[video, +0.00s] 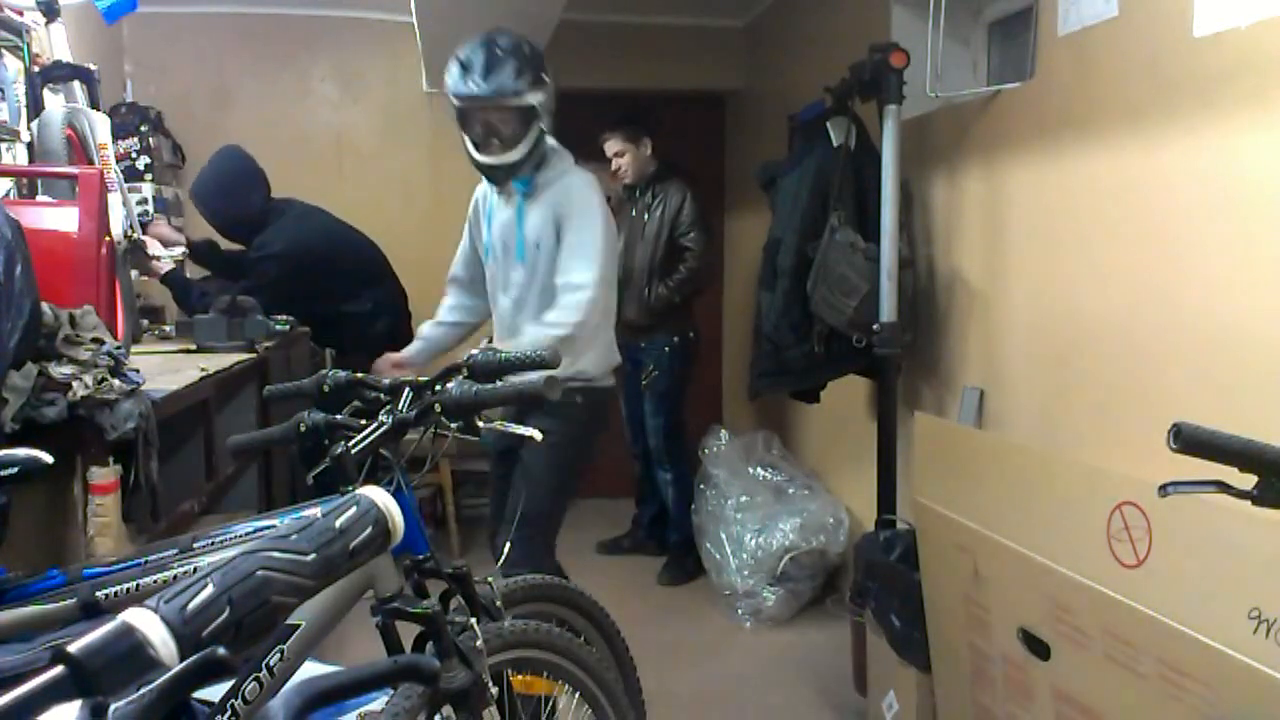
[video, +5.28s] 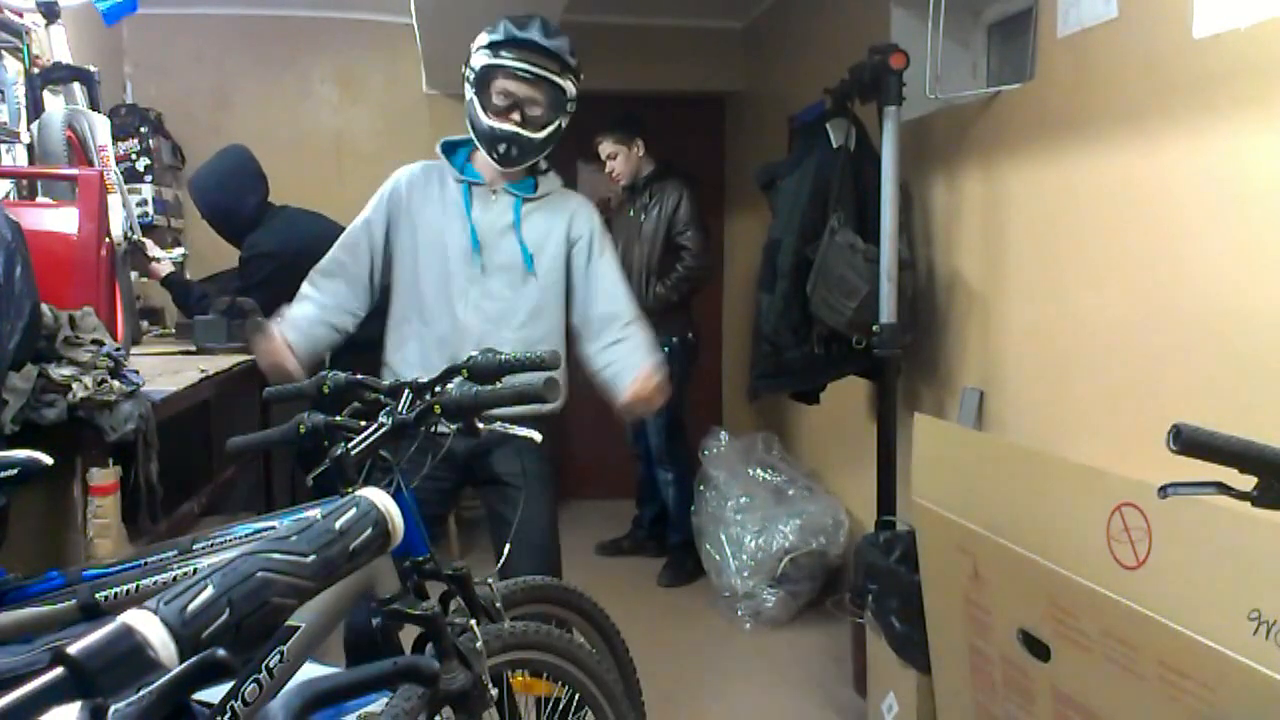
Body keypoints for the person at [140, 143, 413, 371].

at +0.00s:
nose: (213, 222)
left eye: (213, 213)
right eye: (210, 213)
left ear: (229, 210)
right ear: (252, 191)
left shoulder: (278, 252)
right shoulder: (284, 215)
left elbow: (222, 311)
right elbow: (244, 268)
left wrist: (169, 274)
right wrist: (186, 244)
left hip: (369, 351)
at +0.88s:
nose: (217, 225)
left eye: (216, 216)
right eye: (213, 216)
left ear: (231, 211)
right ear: (258, 190)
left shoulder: (275, 254)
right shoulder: (297, 216)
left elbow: (229, 312)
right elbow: (250, 290)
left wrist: (164, 272)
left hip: (370, 349)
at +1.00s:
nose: (217, 226)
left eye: (216, 217)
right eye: (213, 218)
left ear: (229, 214)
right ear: (257, 191)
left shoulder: (275, 253)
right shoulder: (296, 216)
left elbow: (220, 315)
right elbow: (268, 264)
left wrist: (164, 273)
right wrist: (227, 278)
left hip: (372, 350)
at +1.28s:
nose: (213, 224)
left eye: (212, 215)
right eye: (209, 216)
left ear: (226, 212)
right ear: (251, 194)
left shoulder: (273, 251)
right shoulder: (286, 217)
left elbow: (233, 316)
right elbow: (249, 281)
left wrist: (170, 275)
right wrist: (195, 257)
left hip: (380, 348)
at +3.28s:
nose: (203, 233)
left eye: (201, 223)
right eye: (198, 224)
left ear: (215, 218)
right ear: (239, 195)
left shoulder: (266, 252)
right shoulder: (279, 220)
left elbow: (220, 319)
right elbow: (244, 279)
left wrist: (168, 276)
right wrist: (186, 285)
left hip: (367, 350)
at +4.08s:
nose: (206, 224)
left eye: (205, 215)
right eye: (202, 216)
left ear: (219, 212)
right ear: (246, 192)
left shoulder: (268, 250)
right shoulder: (284, 223)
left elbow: (221, 317)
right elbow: (253, 282)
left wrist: (166, 276)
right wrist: (211, 277)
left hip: (366, 363)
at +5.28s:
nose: (209, 222)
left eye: (209, 212)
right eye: (206, 214)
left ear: (226, 207)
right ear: (255, 191)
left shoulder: (264, 249)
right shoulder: (295, 220)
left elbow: (233, 324)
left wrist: (167, 277)